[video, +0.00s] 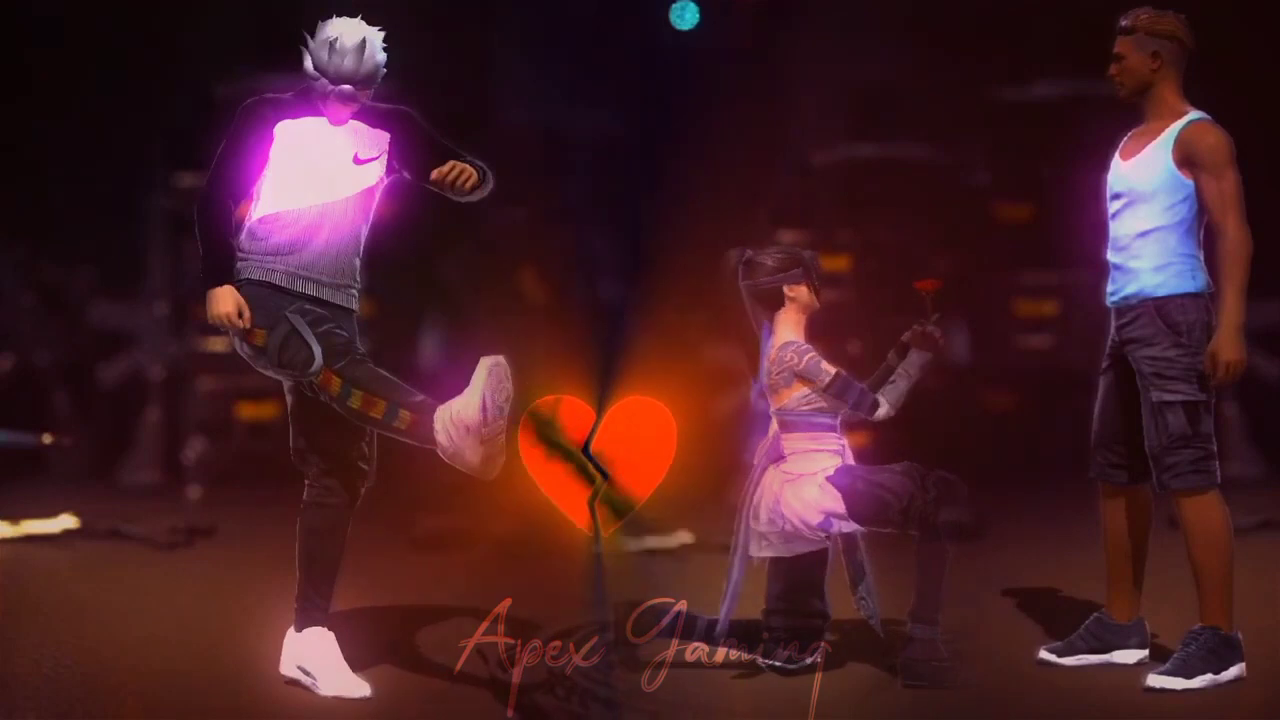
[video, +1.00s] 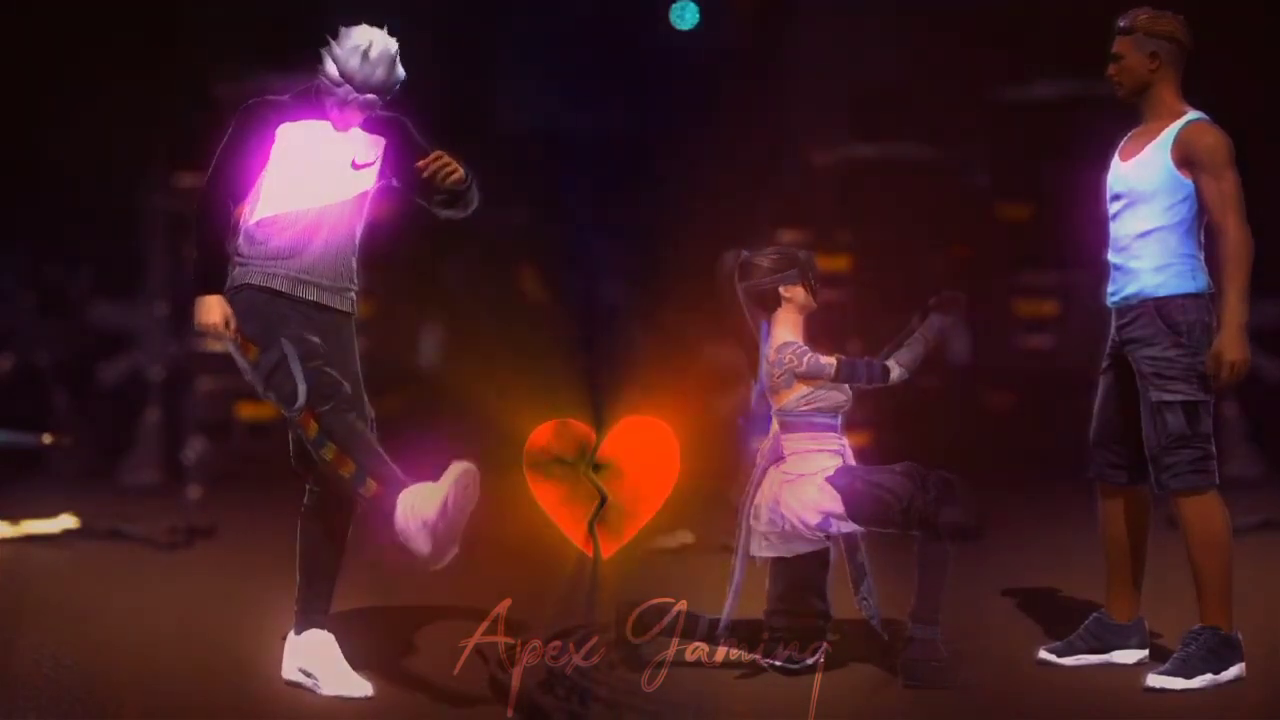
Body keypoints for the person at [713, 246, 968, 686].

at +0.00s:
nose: (815, 288)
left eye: (811, 280)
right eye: (808, 281)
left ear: (786, 293)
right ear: (788, 291)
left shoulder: (784, 350)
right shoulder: (794, 352)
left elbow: (862, 399)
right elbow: (879, 407)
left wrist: (902, 351)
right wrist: (920, 355)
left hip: (795, 480)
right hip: (810, 485)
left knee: (796, 637)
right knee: (942, 496)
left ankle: (678, 624)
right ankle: (924, 646)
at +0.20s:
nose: (814, 290)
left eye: (811, 281)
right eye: (806, 282)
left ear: (787, 292)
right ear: (786, 291)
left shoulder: (782, 349)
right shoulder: (793, 353)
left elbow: (861, 397)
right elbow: (881, 405)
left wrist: (901, 350)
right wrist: (921, 352)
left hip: (792, 483)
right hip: (808, 487)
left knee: (794, 641)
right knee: (942, 497)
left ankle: (672, 624)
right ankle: (924, 647)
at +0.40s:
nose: (814, 290)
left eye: (811, 281)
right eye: (806, 282)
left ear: (786, 292)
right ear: (786, 290)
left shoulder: (782, 350)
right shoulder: (792, 352)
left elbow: (868, 390)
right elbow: (887, 394)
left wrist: (907, 345)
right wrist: (930, 342)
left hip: (794, 482)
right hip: (809, 486)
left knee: (795, 642)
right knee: (942, 496)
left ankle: (674, 624)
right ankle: (924, 647)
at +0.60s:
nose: (814, 291)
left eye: (811, 282)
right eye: (806, 283)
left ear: (786, 292)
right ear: (785, 290)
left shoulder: (785, 352)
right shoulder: (791, 354)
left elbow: (877, 379)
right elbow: (888, 384)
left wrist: (920, 335)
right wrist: (934, 333)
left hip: (798, 483)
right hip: (809, 486)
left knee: (797, 640)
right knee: (941, 497)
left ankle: (676, 625)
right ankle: (923, 648)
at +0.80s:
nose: (814, 291)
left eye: (811, 282)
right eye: (806, 283)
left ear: (786, 292)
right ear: (785, 291)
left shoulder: (785, 350)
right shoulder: (790, 353)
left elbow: (875, 375)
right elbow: (886, 381)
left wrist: (922, 329)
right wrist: (935, 329)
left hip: (801, 480)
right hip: (810, 486)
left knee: (797, 636)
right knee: (940, 497)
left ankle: (676, 624)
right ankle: (923, 648)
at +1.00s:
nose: (813, 290)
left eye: (810, 281)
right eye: (805, 282)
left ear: (785, 292)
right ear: (784, 291)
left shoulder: (788, 349)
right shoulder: (789, 353)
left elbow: (876, 370)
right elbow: (887, 373)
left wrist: (922, 325)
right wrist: (935, 325)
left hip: (802, 479)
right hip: (808, 485)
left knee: (797, 638)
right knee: (940, 496)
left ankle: (680, 623)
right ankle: (923, 646)